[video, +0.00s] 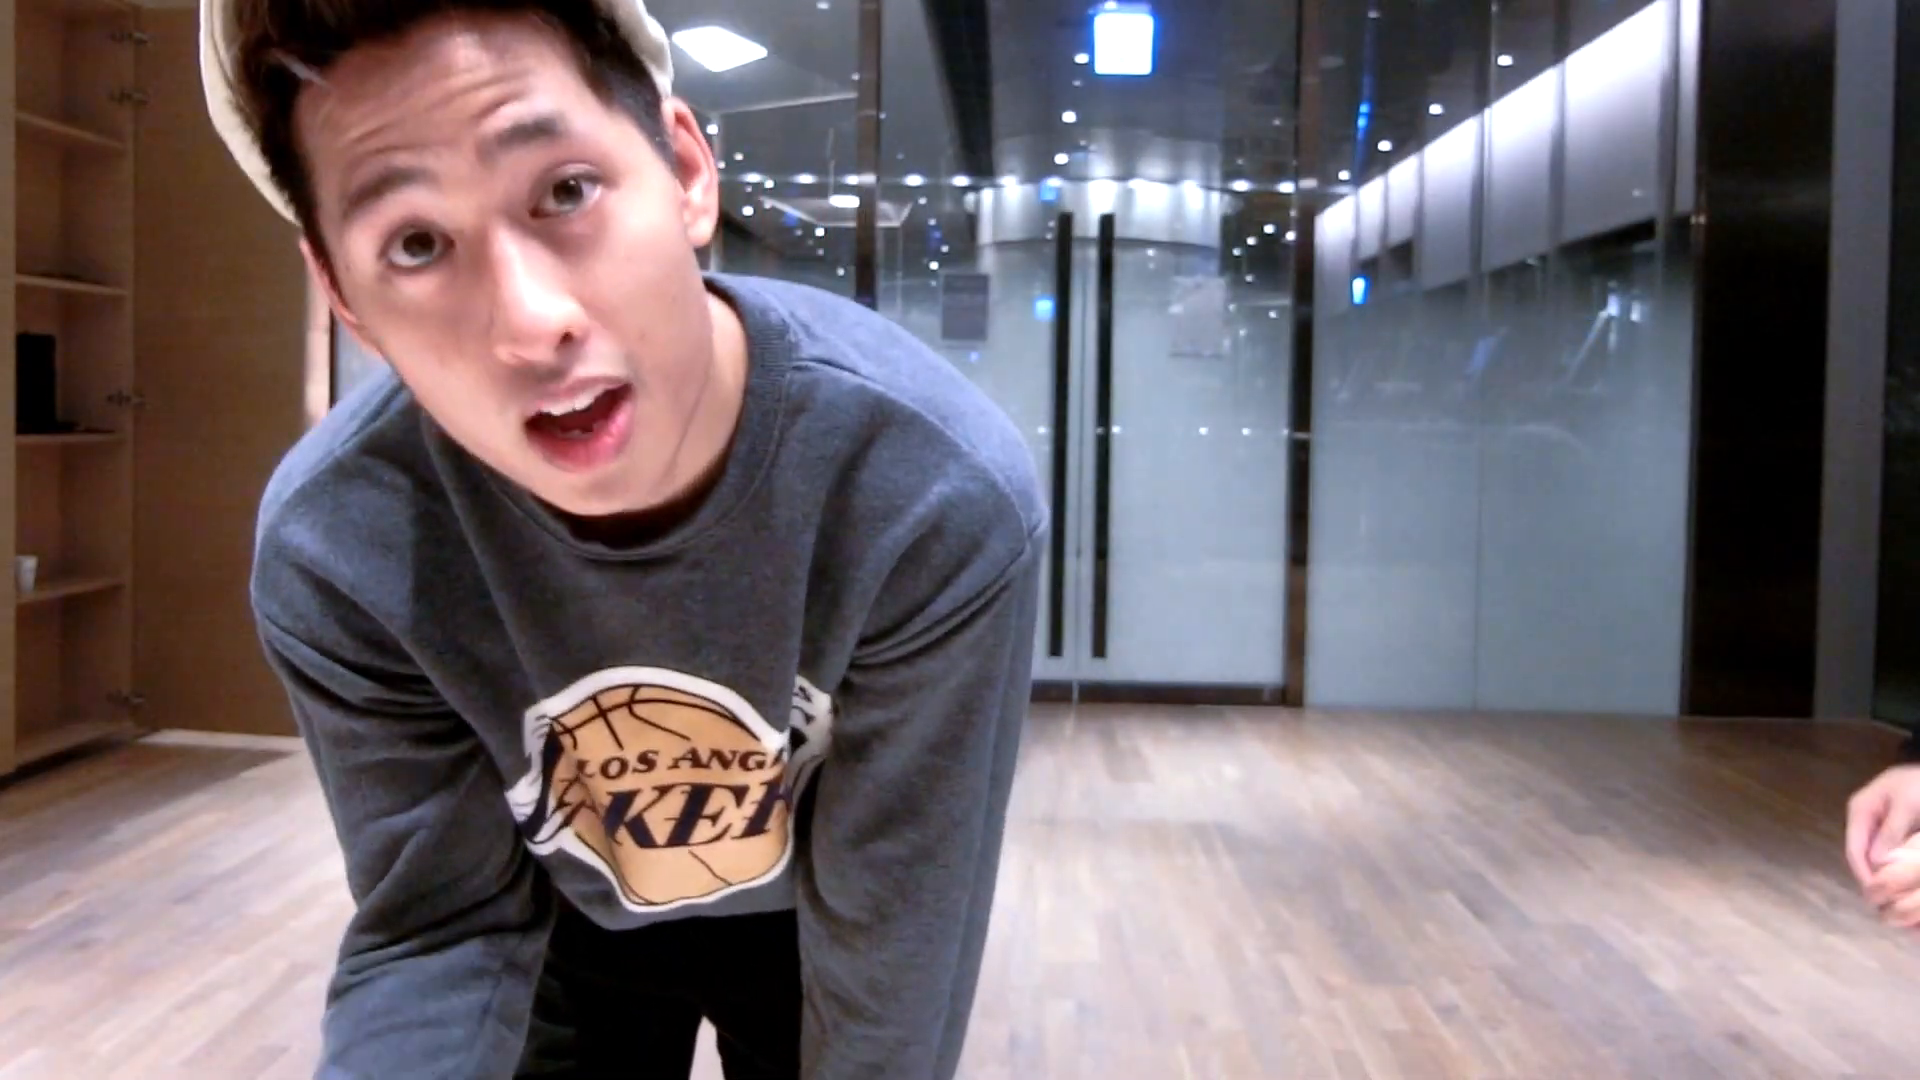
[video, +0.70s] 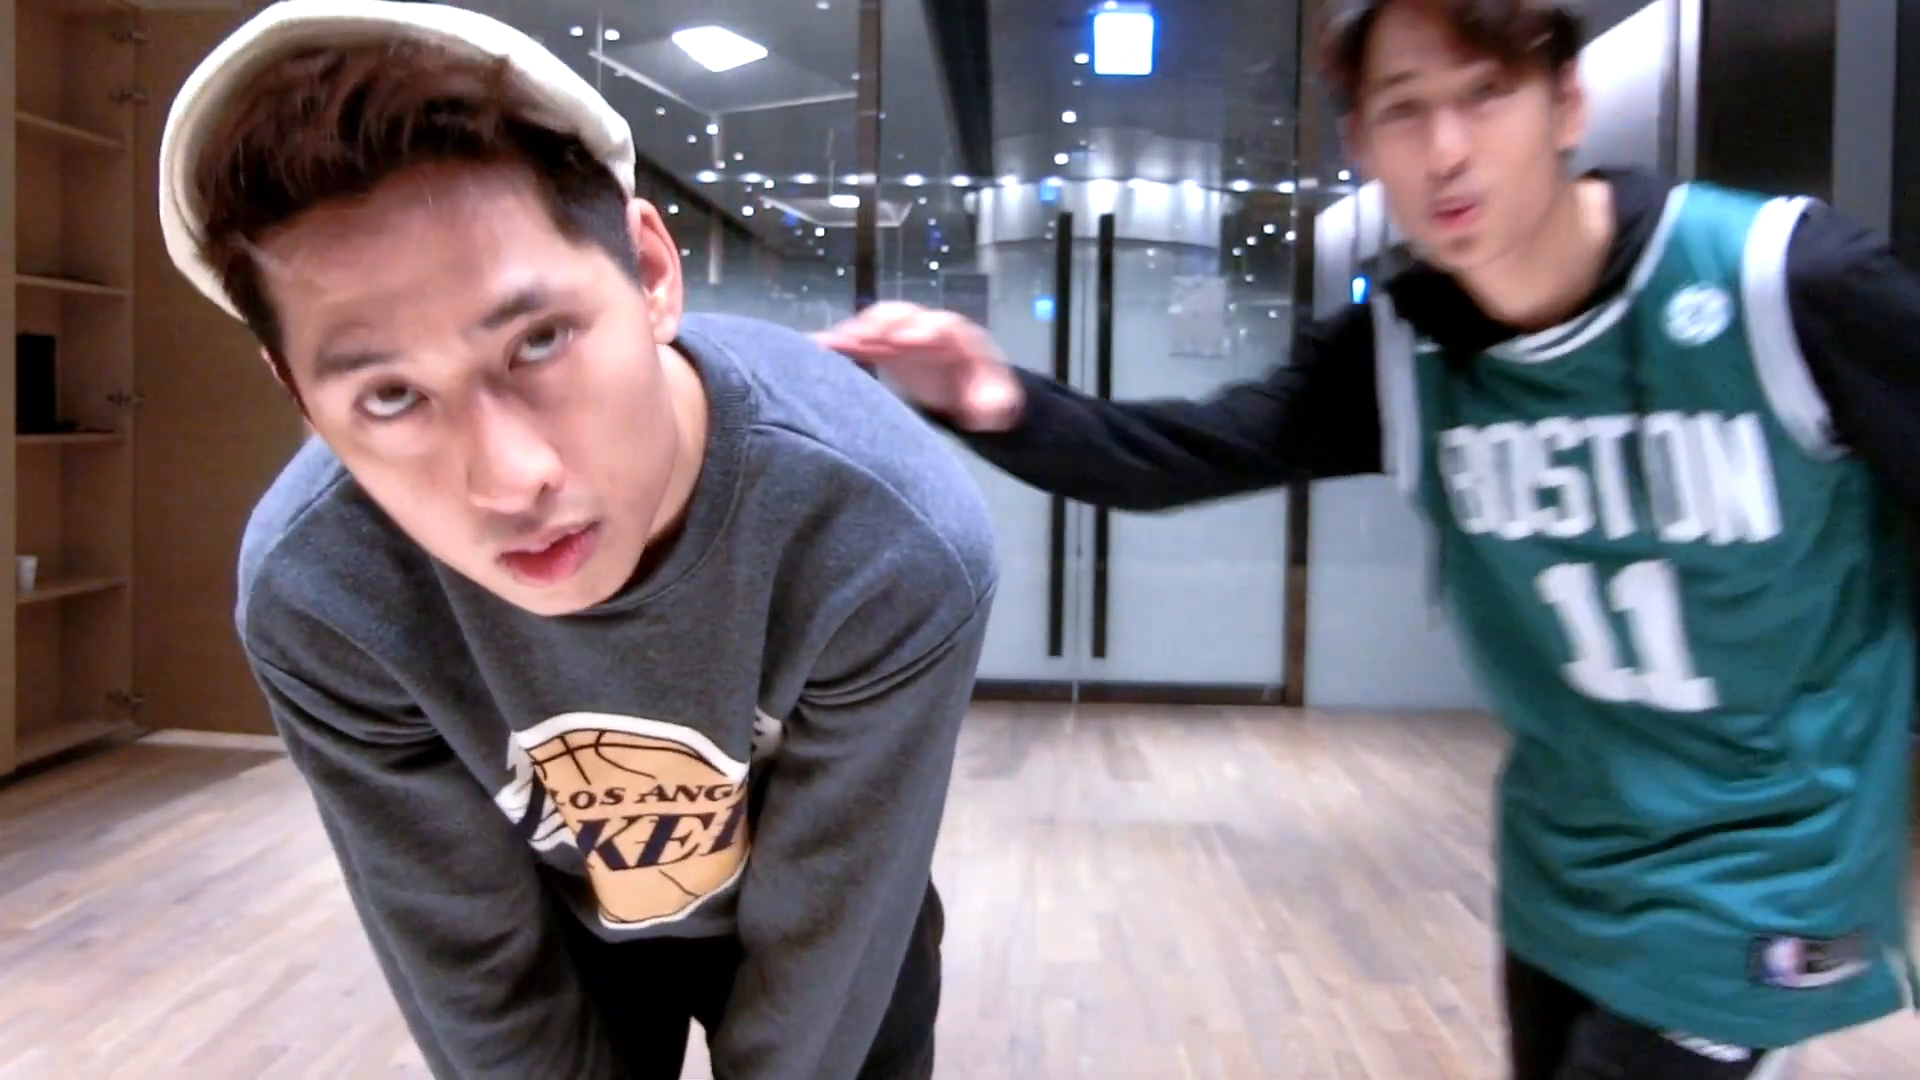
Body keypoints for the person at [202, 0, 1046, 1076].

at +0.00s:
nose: (532, 323)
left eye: (563, 192)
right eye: (418, 244)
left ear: (688, 174)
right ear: (341, 294)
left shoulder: (936, 501)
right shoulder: (336, 548)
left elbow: (885, 985)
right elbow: (433, 931)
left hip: (833, 917)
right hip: (566, 917)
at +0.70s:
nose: (507, 477)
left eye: (538, 342)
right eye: (391, 399)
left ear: (654, 272)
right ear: (305, 403)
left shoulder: (892, 545)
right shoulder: (314, 594)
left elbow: (811, 998)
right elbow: (491, 1013)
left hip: (828, 925)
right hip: (561, 945)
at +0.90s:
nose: (452, 550)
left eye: (501, 449)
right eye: (356, 478)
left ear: (633, 314)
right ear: (291, 433)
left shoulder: (868, 510)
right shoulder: (284, 557)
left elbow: (813, 997)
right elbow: (380, 1003)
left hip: (774, 910)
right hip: (521, 912)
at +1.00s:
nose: (460, 484)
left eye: (509, 377)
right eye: (362, 411)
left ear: (629, 261)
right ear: (289, 373)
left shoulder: (852, 485)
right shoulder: (267, 521)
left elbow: (801, 978)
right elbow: (315, 998)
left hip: (771, 903)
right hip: (507, 896)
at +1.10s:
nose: (606, 364)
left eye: (625, 254)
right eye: (503, 319)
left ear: (656, 192)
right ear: (330, 309)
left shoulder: (834, 460)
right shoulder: (257, 475)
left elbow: (776, 973)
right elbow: (252, 959)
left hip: (782, 882)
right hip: (508, 876)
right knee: (472, 1058)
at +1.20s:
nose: (710, 298)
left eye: (691, 198)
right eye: (616, 283)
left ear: (680, 126)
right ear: (422, 337)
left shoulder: (817, 425)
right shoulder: (249, 431)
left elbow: (719, 924)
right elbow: (234, 913)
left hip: (772, 872)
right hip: (496, 870)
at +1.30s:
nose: (725, 273)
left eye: (708, 180)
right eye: (638, 263)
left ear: (702, 120)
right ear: (437, 326)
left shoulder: (817, 404)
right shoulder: (238, 415)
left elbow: (688, 900)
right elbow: (257, 878)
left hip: (768, 860)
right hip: (485, 859)